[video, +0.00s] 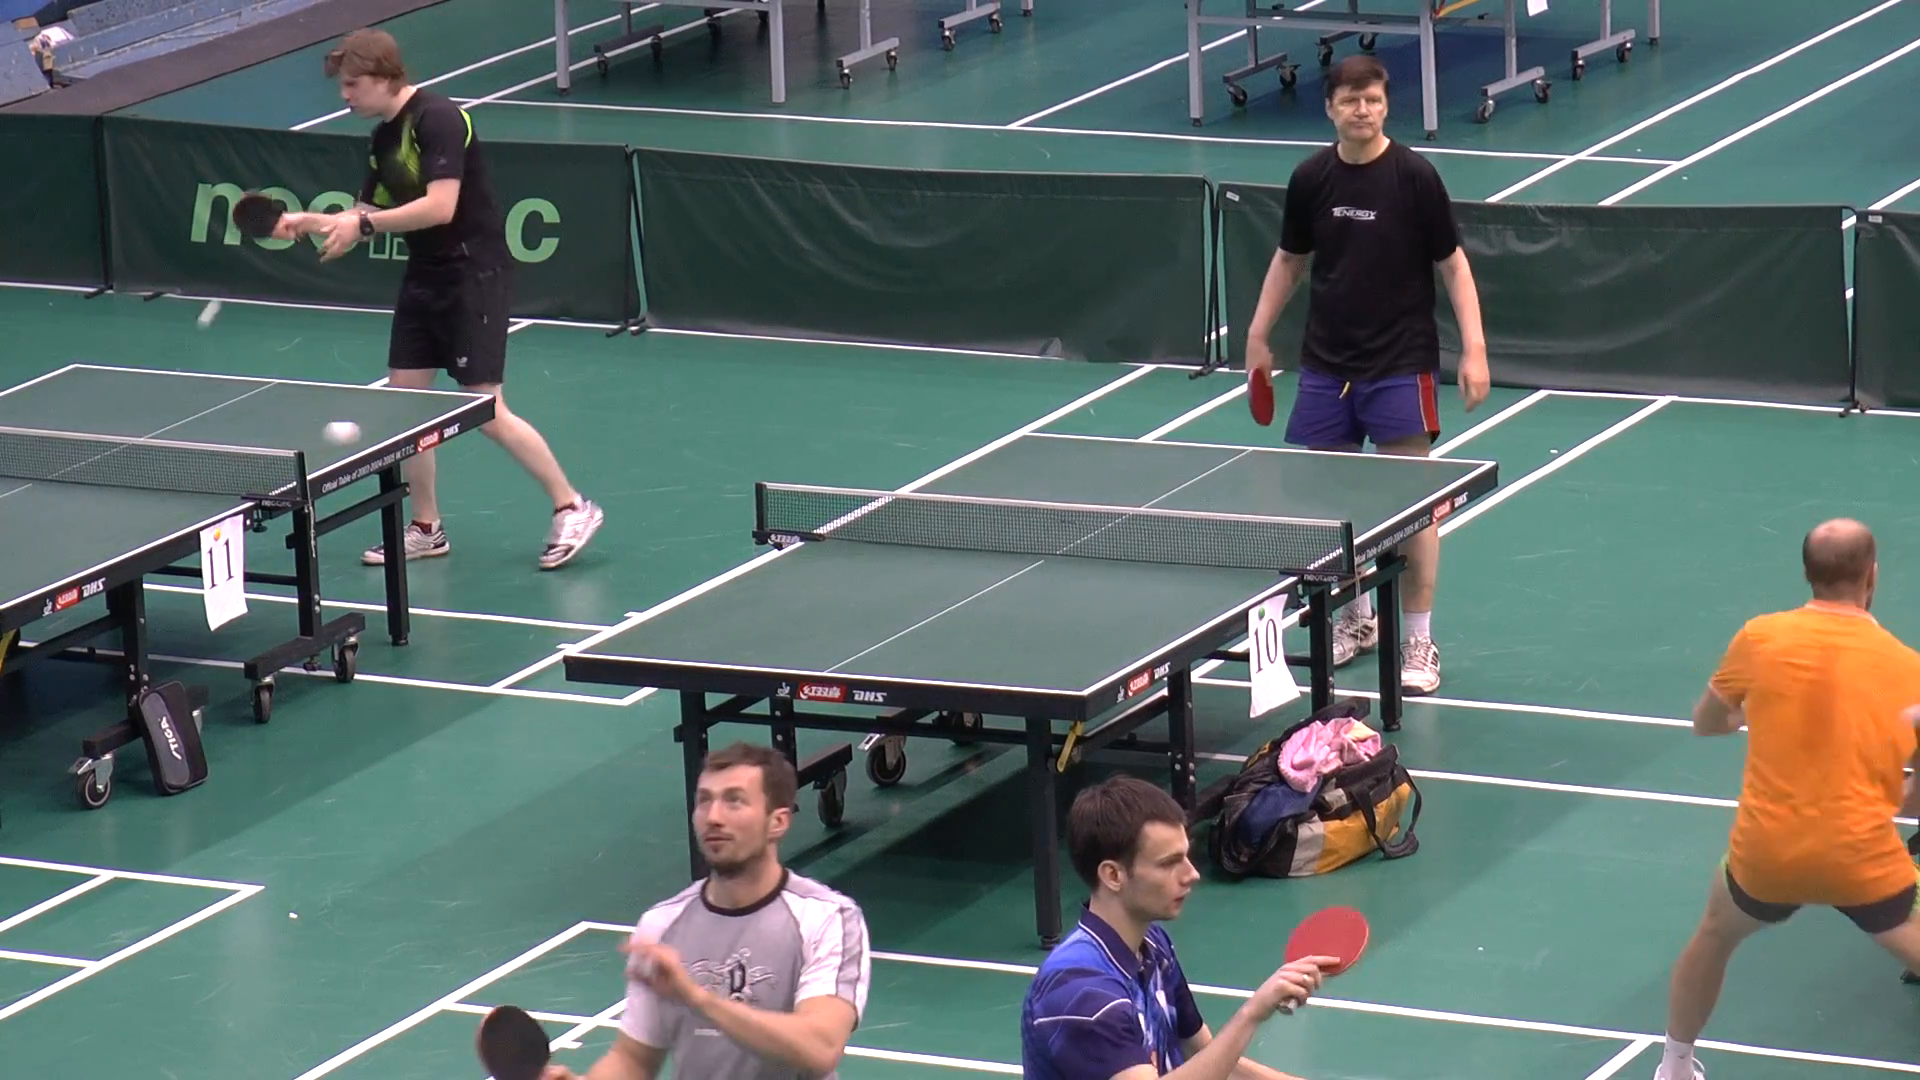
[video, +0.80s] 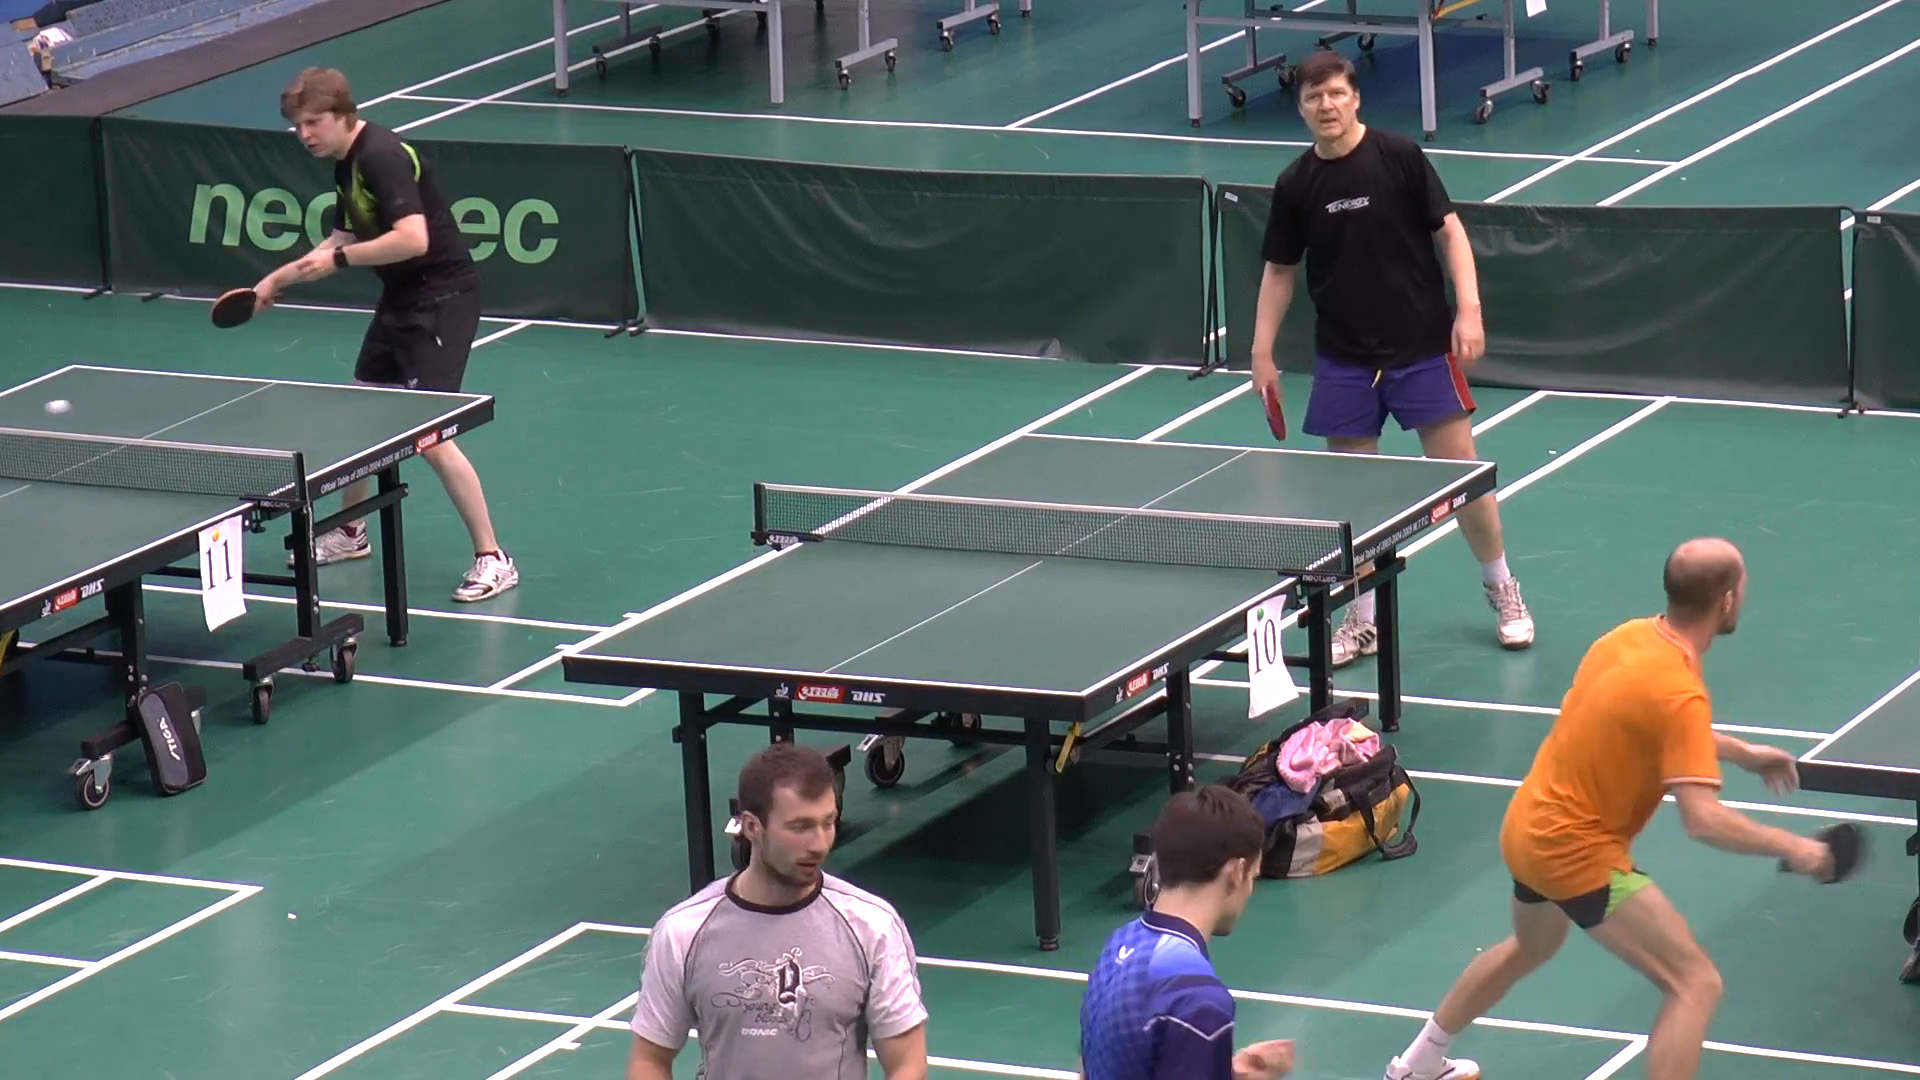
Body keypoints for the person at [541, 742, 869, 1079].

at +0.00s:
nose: (712, 817)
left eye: (734, 801)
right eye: (704, 802)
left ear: (777, 822)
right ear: (693, 814)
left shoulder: (830, 919)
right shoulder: (660, 925)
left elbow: (819, 1049)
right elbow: (631, 1058)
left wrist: (694, 997)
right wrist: (580, 1078)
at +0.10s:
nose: (735, 813)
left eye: (757, 797)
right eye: (727, 797)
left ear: (800, 818)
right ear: (717, 808)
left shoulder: (851, 915)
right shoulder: (684, 922)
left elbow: (829, 1029)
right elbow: (663, 1057)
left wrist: (716, 955)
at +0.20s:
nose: (755, 810)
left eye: (777, 793)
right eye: (745, 794)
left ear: (817, 815)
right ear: (733, 810)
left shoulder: (866, 913)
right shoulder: (693, 922)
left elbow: (833, 1017)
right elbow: (673, 1054)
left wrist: (731, 923)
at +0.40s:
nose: (775, 813)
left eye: (796, 798)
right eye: (763, 797)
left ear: (831, 818)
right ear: (749, 811)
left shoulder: (878, 920)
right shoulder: (700, 924)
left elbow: (850, 1033)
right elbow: (672, 1054)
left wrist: (765, 923)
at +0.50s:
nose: (775, 821)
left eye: (794, 805)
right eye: (762, 803)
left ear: (830, 818)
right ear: (747, 813)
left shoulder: (879, 926)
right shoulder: (696, 924)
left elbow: (870, 1059)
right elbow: (670, 1057)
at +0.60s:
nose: (775, 828)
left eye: (794, 810)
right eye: (762, 809)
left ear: (828, 820)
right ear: (745, 815)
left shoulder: (877, 928)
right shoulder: (691, 926)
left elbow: (894, 1063)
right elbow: (665, 1058)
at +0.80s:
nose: (820, 843)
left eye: (828, 823)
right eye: (800, 826)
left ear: (836, 819)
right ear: (752, 827)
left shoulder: (875, 927)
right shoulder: (681, 934)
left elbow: (906, 1063)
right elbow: (651, 1059)